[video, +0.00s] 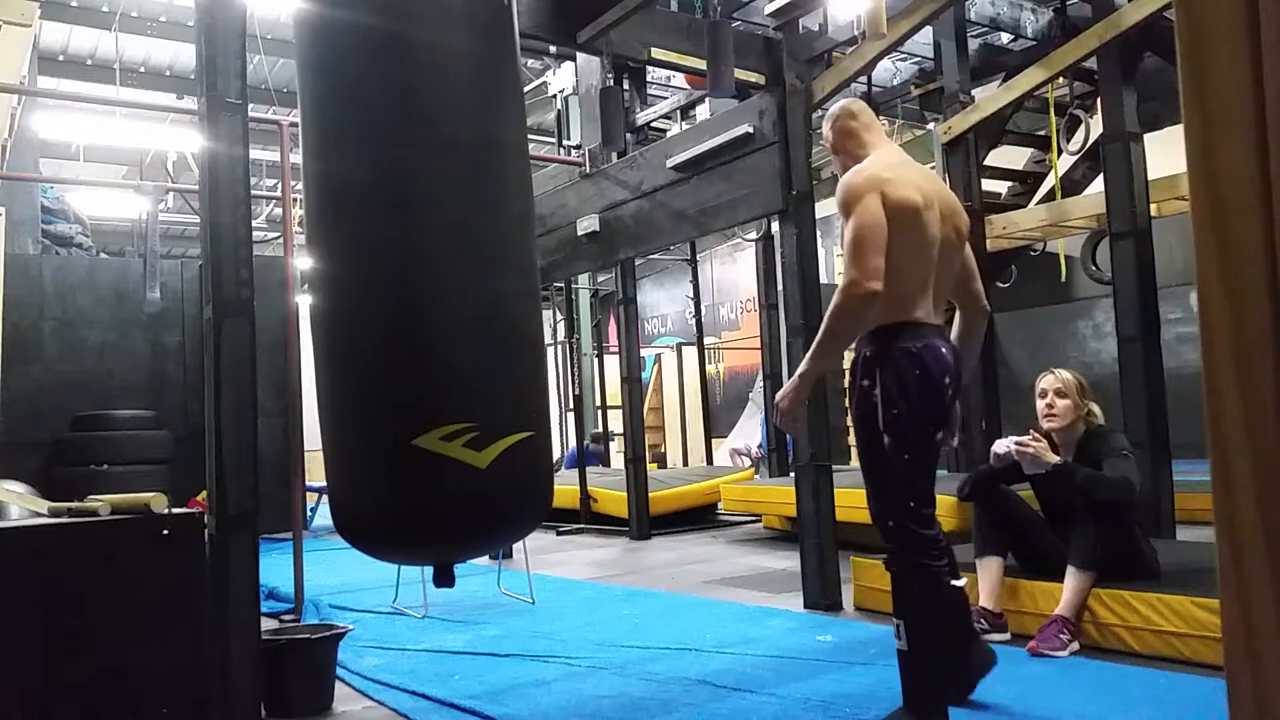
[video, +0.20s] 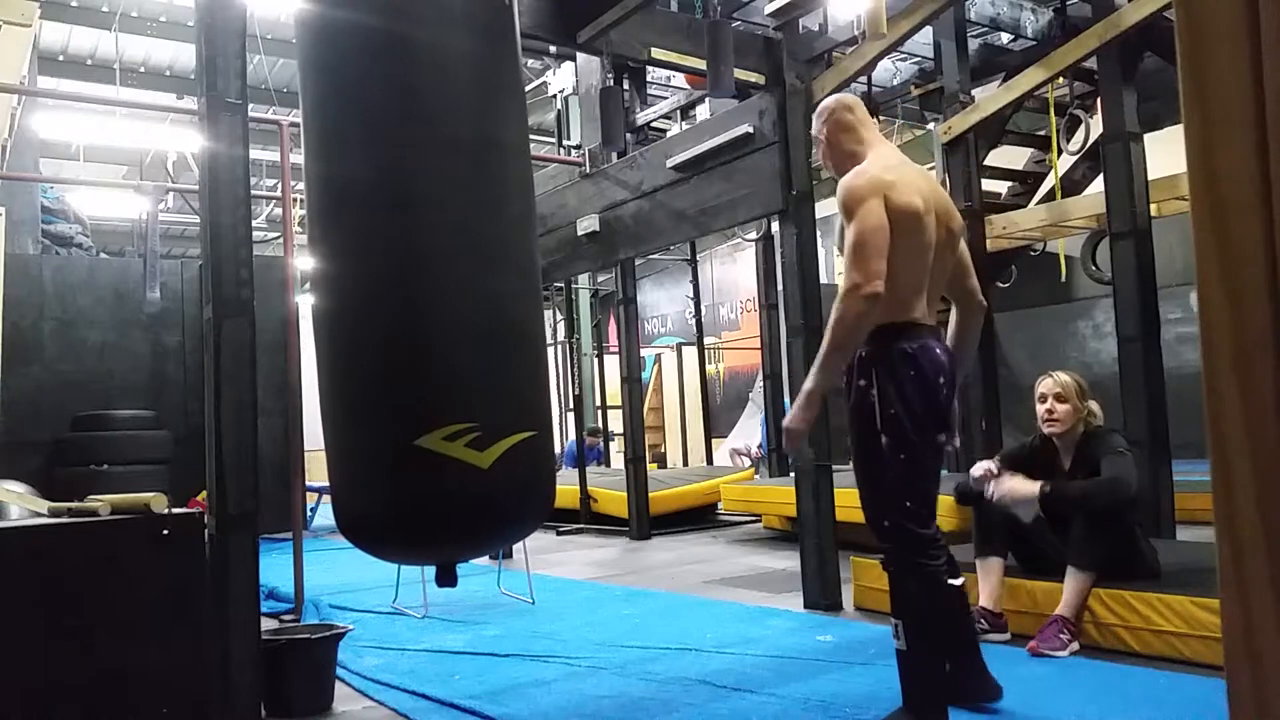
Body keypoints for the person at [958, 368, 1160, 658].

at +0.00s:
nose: (1048, 402)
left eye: (1060, 394)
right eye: (1042, 395)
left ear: (1081, 405)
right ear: (1035, 406)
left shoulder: (1108, 441)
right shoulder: (1035, 450)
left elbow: (1125, 488)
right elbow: (966, 492)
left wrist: (1055, 463)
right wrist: (994, 465)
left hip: (1121, 561)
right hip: (1063, 560)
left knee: (1094, 502)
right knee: (989, 493)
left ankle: (1064, 620)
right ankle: (989, 612)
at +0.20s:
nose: (1049, 407)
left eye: (1060, 399)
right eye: (1042, 400)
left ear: (1081, 408)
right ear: (1035, 409)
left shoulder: (1106, 442)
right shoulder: (1034, 450)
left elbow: (1120, 488)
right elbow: (964, 494)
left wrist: (1038, 490)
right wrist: (977, 481)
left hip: (1120, 560)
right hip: (1059, 557)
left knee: (1093, 501)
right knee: (988, 499)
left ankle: (1065, 620)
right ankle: (989, 612)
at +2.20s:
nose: (1052, 401)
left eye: (1061, 393)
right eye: (1042, 395)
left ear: (1077, 403)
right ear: (1032, 407)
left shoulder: (1102, 440)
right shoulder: (1030, 448)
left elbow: (1106, 487)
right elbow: (973, 481)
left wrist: (1032, 523)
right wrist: (995, 514)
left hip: (1118, 557)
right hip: (1060, 555)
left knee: (1095, 507)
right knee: (993, 497)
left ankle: (1062, 622)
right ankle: (986, 614)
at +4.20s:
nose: (1040, 404)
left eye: (1051, 396)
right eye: (1033, 396)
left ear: (1071, 405)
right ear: (1026, 406)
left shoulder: (1097, 442)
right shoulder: (1027, 449)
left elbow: (1100, 484)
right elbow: (967, 488)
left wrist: (1027, 522)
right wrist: (993, 517)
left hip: (1118, 560)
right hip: (1058, 556)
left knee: (1089, 505)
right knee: (989, 495)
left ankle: (1061, 621)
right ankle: (989, 612)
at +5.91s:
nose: (1041, 404)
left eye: (1052, 396)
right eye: (1034, 396)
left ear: (1072, 406)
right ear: (1026, 405)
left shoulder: (1098, 443)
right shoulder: (1027, 449)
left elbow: (1099, 485)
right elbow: (968, 488)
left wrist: (1026, 522)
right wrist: (992, 516)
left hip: (1118, 559)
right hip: (1059, 556)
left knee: (1087, 504)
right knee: (988, 495)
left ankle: (1061, 621)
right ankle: (989, 612)